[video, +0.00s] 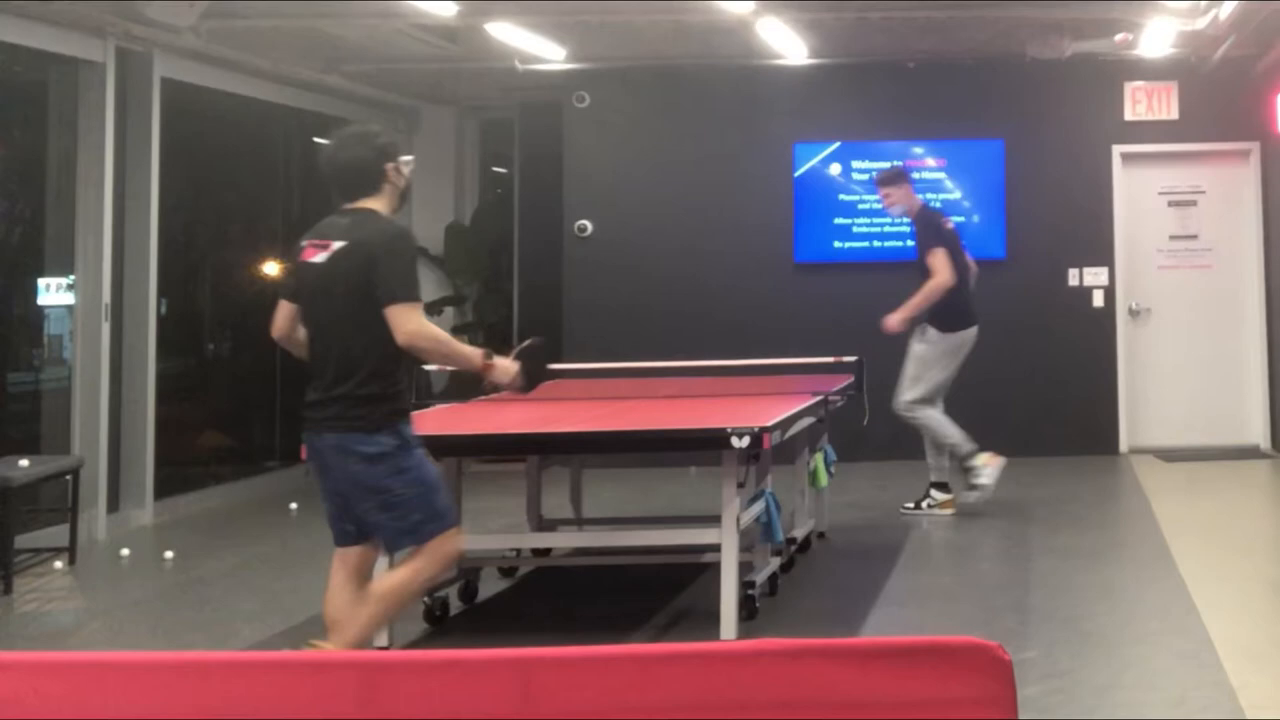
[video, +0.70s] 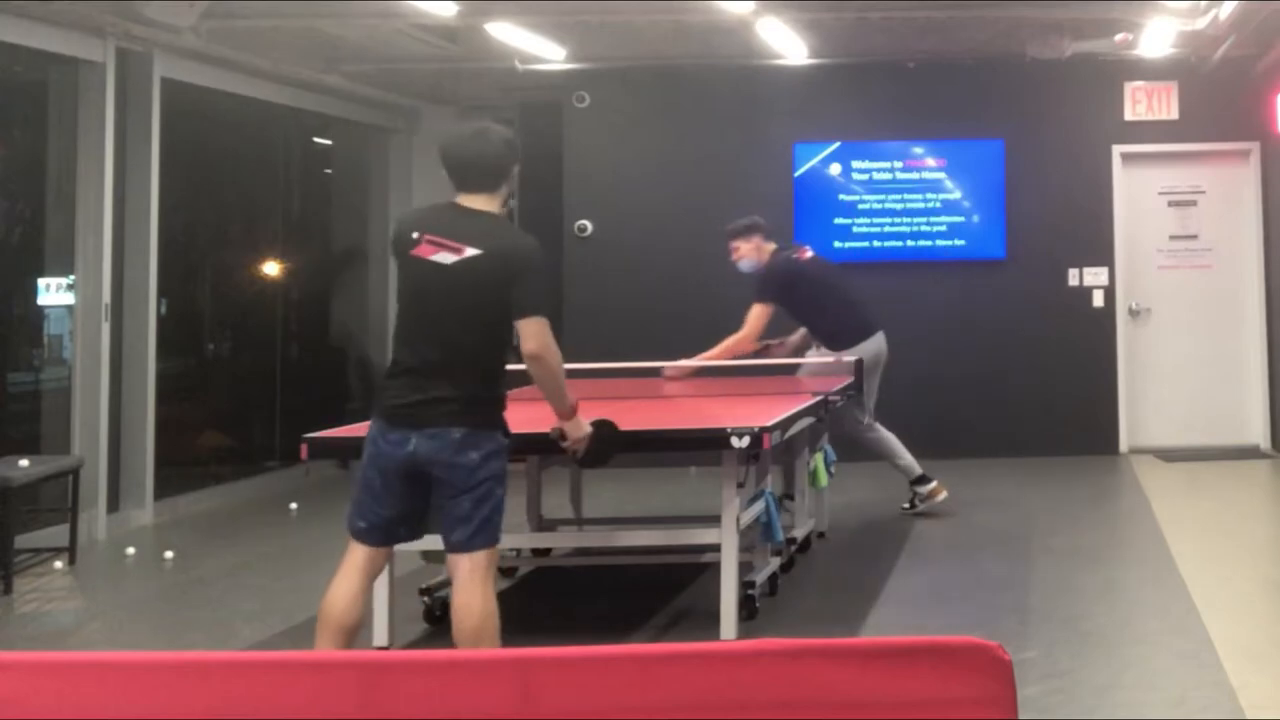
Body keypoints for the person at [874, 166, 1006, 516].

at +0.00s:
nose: (885, 203)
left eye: (889, 195)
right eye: (883, 197)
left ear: (908, 189)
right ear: (895, 196)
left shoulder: (925, 224)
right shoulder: (935, 220)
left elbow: (943, 277)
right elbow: (969, 269)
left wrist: (902, 314)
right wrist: (944, 309)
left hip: (944, 328)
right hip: (958, 327)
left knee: (909, 402)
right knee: (929, 404)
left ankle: (977, 460)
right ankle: (940, 491)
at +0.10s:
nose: (871, 207)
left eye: (874, 199)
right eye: (868, 201)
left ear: (893, 193)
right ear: (894, 196)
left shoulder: (911, 225)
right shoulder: (926, 222)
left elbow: (924, 281)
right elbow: (959, 270)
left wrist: (878, 316)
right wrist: (935, 306)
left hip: (929, 329)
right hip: (954, 328)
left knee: (887, 399)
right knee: (922, 402)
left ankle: (943, 466)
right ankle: (940, 492)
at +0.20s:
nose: (849, 216)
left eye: (852, 208)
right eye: (846, 210)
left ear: (871, 200)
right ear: (873, 203)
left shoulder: (889, 231)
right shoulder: (907, 227)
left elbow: (892, 292)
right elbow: (942, 275)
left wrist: (842, 324)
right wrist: (913, 307)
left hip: (913, 334)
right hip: (942, 332)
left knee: (867, 401)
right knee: (909, 408)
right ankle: (939, 490)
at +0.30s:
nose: (824, 227)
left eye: (827, 219)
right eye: (821, 221)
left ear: (846, 211)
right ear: (849, 214)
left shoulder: (865, 242)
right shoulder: (885, 234)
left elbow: (860, 306)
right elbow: (915, 283)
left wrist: (809, 335)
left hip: (900, 341)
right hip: (928, 337)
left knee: (859, 411)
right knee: (899, 414)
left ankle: (822, 485)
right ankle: (937, 489)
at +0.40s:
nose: (797, 238)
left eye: (799, 229)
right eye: (794, 232)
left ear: (819, 220)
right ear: (817, 224)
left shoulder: (838, 252)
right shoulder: (859, 241)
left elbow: (827, 318)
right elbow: (884, 297)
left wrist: (776, 346)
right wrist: (861, 340)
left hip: (888, 345)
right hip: (911, 339)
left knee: (845, 418)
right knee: (887, 420)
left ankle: (802, 494)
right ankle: (936, 490)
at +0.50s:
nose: (770, 245)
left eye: (774, 237)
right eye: (767, 239)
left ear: (795, 229)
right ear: (798, 232)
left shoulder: (810, 262)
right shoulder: (833, 248)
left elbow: (796, 328)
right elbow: (866, 301)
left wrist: (745, 357)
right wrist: (838, 339)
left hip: (868, 347)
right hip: (896, 341)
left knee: (816, 412)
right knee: (877, 423)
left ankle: (800, 493)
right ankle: (932, 488)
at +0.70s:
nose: (734, 256)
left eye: (738, 248)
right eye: (731, 250)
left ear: (760, 241)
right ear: (762, 243)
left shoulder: (772, 272)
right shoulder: (798, 255)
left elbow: (748, 339)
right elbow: (828, 308)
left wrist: (693, 363)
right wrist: (791, 342)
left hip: (841, 354)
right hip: (873, 344)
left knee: (797, 422)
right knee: (861, 422)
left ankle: (789, 500)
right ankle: (924, 484)